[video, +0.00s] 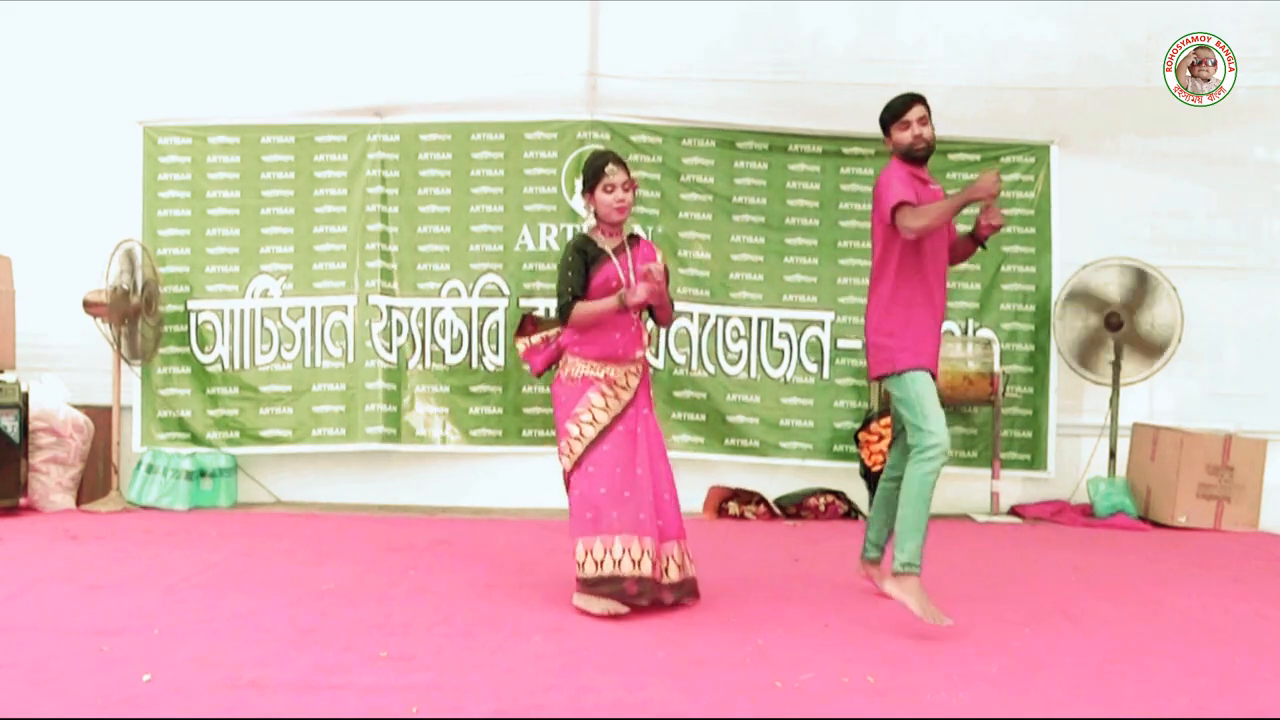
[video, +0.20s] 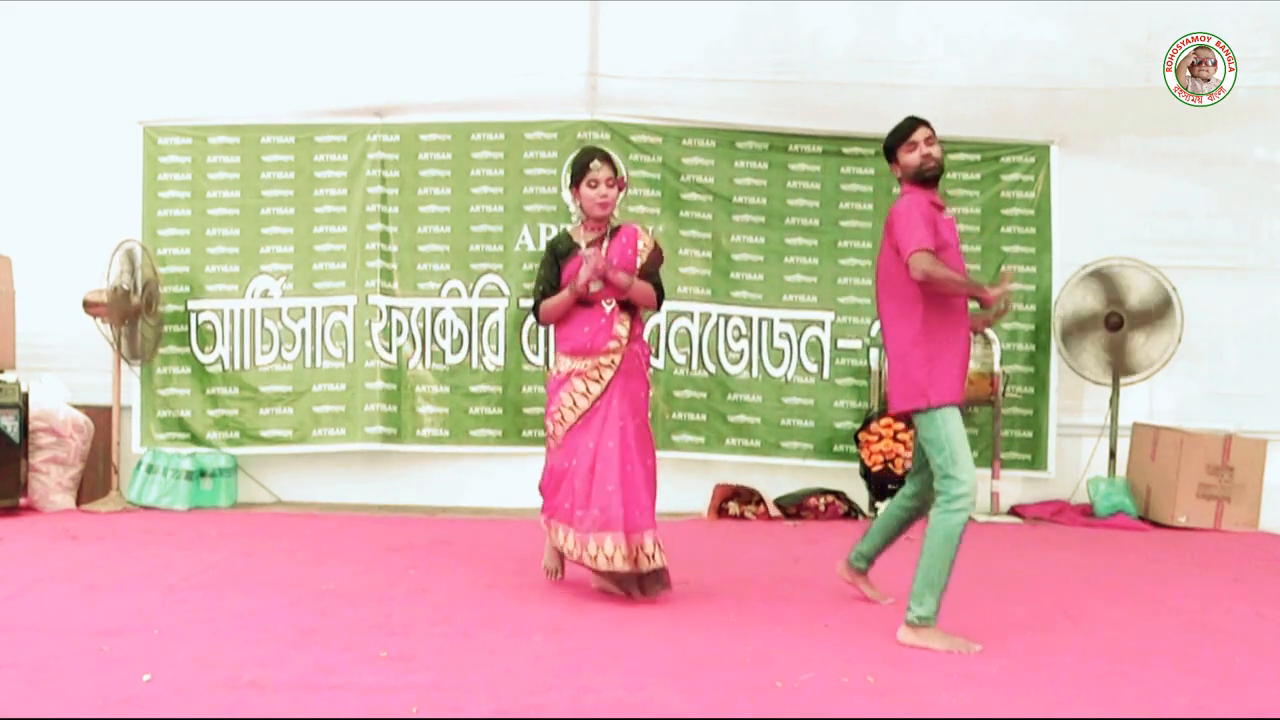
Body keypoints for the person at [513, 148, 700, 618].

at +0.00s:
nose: (621, 196)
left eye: (627, 187)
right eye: (610, 189)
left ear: (634, 192)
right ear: (589, 198)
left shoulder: (645, 250)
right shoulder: (580, 249)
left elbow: (666, 317)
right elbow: (569, 314)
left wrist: (659, 291)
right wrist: (621, 301)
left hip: (631, 374)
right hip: (585, 374)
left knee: (641, 471)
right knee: (597, 474)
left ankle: (643, 577)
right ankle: (595, 582)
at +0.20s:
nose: (604, 193)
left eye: (611, 184)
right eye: (593, 185)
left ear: (620, 189)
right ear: (576, 193)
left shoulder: (637, 242)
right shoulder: (560, 248)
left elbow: (654, 299)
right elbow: (543, 313)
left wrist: (615, 276)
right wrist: (576, 288)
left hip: (623, 363)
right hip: (572, 365)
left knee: (621, 455)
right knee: (570, 456)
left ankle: (616, 559)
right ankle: (557, 539)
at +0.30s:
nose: (596, 202)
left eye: (603, 194)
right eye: (585, 194)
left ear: (612, 200)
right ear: (568, 202)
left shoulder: (630, 255)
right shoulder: (552, 259)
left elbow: (661, 309)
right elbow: (526, 308)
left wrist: (634, 307)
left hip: (618, 378)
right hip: (566, 379)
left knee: (616, 466)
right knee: (571, 466)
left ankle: (620, 566)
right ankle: (578, 563)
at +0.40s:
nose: (592, 204)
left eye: (599, 196)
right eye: (582, 196)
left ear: (609, 203)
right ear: (565, 205)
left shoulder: (629, 256)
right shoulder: (549, 259)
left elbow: (662, 296)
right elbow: (510, 309)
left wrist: (681, 293)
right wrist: (476, 307)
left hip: (617, 376)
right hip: (564, 378)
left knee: (613, 464)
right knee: (565, 466)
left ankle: (609, 562)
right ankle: (569, 561)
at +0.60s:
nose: (597, 190)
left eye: (603, 182)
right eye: (585, 183)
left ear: (613, 188)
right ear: (567, 192)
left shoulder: (629, 239)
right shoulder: (555, 241)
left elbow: (659, 283)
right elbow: (514, 282)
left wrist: (699, 268)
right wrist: (497, 285)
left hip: (620, 368)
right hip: (569, 369)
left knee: (623, 459)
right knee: (575, 460)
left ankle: (614, 562)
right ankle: (579, 562)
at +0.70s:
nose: (605, 202)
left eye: (611, 193)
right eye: (593, 194)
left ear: (619, 198)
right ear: (575, 204)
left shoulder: (636, 256)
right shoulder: (568, 258)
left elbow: (642, 314)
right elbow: (543, 320)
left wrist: (669, 312)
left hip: (624, 381)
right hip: (575, 383)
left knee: (631, 465)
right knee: (583, 471)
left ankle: (610, 563)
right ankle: (548, 547)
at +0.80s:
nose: (612, 205)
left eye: (617, 196)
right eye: (600, 198)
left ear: (624, 200)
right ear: (580, 207)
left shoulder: (630, 254)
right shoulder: (577, 261)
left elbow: (641, 306)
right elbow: (587, 322)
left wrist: (657, 290)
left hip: (623, 385)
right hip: (580, 388)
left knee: (639, 467)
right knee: (605, 477)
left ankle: (615, 564)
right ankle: (556, 540)